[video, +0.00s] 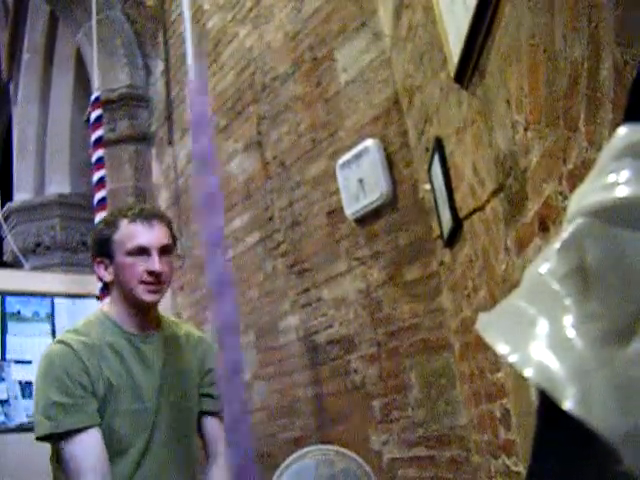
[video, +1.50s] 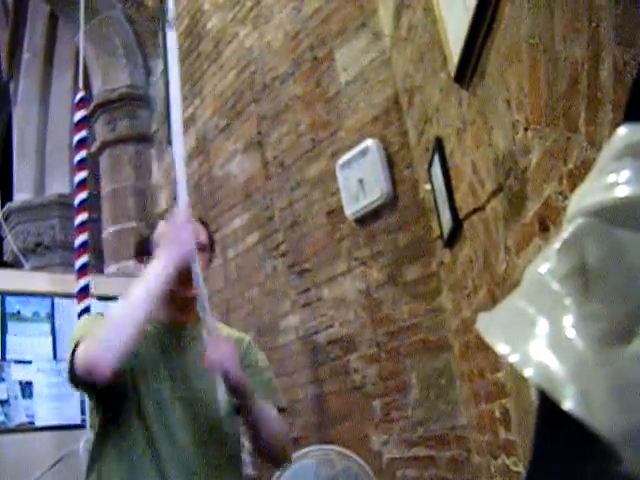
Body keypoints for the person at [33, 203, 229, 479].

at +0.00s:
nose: (157, 268)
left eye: (165, 253)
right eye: (139, 254)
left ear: (174, 261)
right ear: (104, 268)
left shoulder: (198, 349)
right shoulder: (69, 358)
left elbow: (222, 456)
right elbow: (92, 475)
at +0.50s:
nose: (164, 260)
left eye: (171, 249)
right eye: (147, 248)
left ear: (182, 260)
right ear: (117, 267)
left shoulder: (206, 349)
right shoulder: (76, 341)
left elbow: (257, 444)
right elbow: (57, 448)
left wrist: (245, 468)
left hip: (191, 472)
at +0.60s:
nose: (167, 260)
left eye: (175, 247)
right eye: (151, 247)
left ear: (187, 258)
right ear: (120, 265)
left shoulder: (211, 348)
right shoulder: (79, 333)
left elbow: (267, 451)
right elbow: (64, 408)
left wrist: (236, 419)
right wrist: (149, 310)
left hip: (201, 472)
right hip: (113, 470)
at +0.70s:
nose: (168, 261)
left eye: (177, 249)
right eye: (153, 250)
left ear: (187, 260)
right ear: (120, 262)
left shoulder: (204, 341)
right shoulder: (90, 326)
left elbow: (268, 438)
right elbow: (88, 353)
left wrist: (235, 366)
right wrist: (159, 240)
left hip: (202, 473)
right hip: (113, 473)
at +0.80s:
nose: (172, 257)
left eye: (182, 245)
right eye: (160, 243)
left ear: (192, 254)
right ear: (137, 250)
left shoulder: (210, 339)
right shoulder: (89, 327)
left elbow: (271, 408)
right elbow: (114, 297)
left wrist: (222, 306)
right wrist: (156, 192)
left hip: (205, 472)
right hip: (109, 472)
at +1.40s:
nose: (185, 259)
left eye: (197, 246)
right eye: (171, 246)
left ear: (209, 258)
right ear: (150, 255)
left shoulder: (236, 343)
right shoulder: (106, 334)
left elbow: (275, 428)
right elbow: (113, 312)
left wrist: (226, 333)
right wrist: (160, 215)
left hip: (216, 473)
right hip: (125, 472)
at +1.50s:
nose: (188, 262)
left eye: (199, 250)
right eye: (175, 253)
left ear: (210, 262)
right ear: (143, 265)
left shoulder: (237, 348)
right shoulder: (105, 330)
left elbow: (279, 453)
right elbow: (97, 367)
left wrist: (241, 386)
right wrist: (166, 260)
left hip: (214, 471)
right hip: (125, 471)